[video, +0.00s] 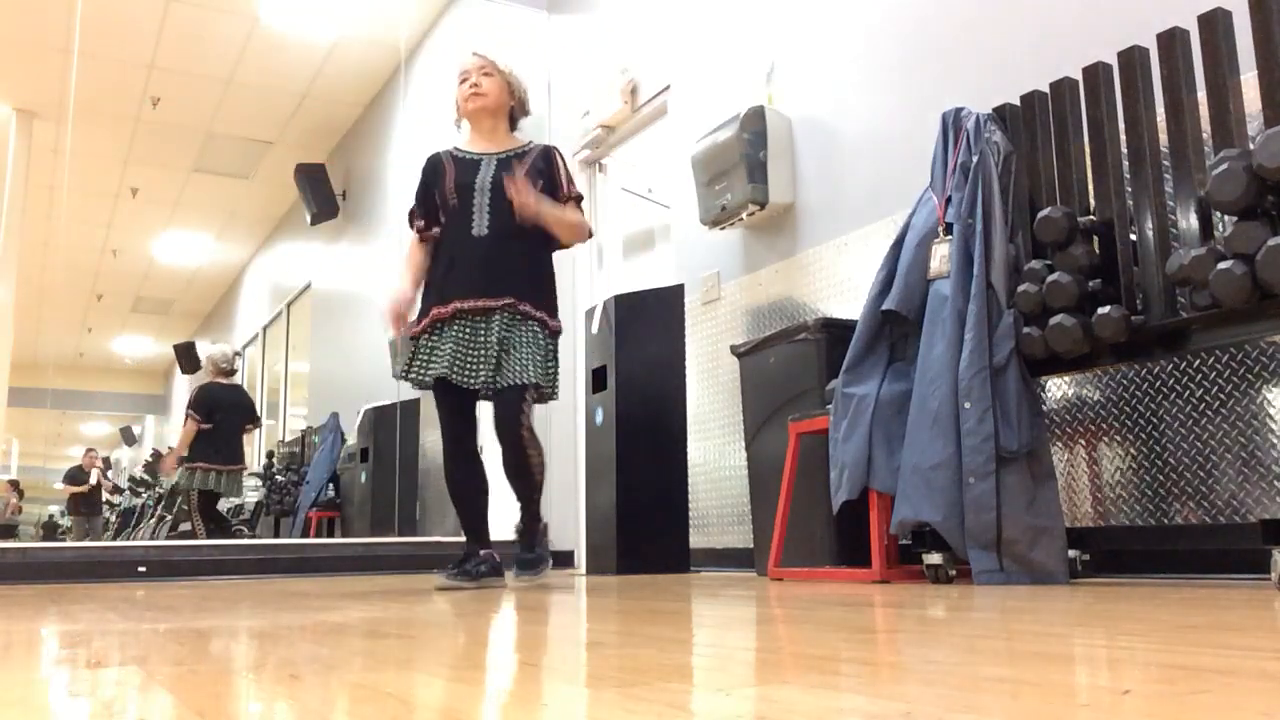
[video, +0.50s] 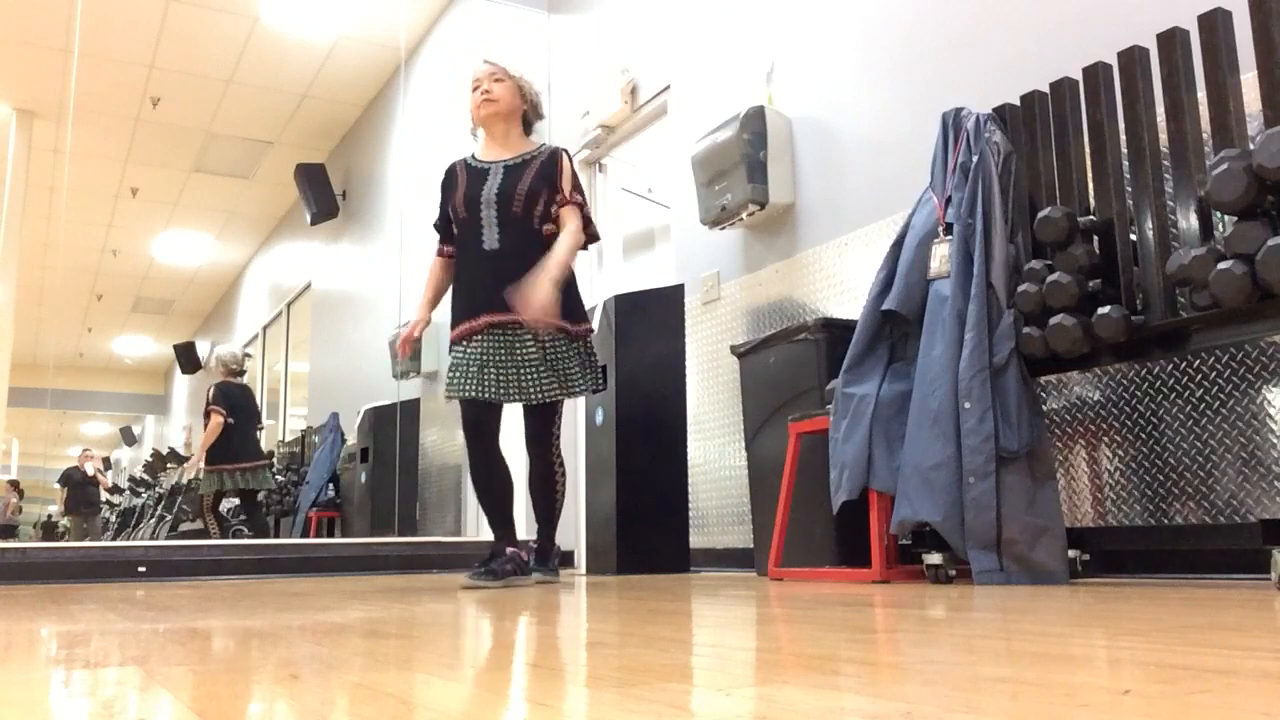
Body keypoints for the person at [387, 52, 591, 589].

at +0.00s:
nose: (472, 82)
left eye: (484, 75)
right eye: (463, 80)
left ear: (511, 95)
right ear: (457, 105)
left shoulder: (542, 159)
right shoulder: (440, 164)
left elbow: (579, 230)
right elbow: (422, 239)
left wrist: (540, 207)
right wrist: (407, 292)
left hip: (518, 308)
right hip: (450, 309)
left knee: (511, 424)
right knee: (457, 436)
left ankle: (532, 526)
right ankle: (479, 550)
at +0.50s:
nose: (482, 88)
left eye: (495, 82)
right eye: (475, 86)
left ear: (523, 101)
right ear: (472, 112)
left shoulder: (551, 159)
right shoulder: (459, 173)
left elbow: (574, 229)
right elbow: (445, 256)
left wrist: (547, 280)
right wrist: (421, 317)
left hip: (541, 315)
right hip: (477, 319)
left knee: (541, 439)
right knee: (479, 436)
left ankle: (545, 550)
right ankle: (505, 548)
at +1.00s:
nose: (484, 63)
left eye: (498, 57)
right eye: (478, 60)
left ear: (525, 80)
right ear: (472, 84)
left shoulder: (551, 140)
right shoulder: (451, 149)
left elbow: (589, 212)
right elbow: (432, 236)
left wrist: (600, 264)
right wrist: (416, 210)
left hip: (532, 296)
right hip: (467, 299)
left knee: (514, 410)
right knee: (481, 425)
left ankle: (554, 530)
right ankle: (504, 548)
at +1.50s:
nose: (496, 43)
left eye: (510, 38)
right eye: (490, 40)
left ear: (539, 63)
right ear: (483, 67)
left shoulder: (564, 125)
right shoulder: (458, 130)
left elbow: (611, 204)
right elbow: (428, 209)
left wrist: (591, 193)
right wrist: (464, 209)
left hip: (544, 288)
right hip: (476, 291)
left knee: (532, 423)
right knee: (484, 431)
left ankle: (532, 549)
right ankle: (503, 547)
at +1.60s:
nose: (495, 41)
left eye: (510, 36)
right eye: (489, 39)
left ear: (538, 62)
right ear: (482, 67)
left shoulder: (565, 125)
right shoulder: (457, 130)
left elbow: (597, 199)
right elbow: (435, 211)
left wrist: (604, 212)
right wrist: (464, 242)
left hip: (549, 290)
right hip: (480, 292)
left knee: (533, 421)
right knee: (472, 429)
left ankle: (532, 548)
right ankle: (502, 542)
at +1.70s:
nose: (494, 37)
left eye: (509, 32)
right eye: (487, 34)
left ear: (538, 57)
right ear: (481, 64)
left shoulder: (566, 123)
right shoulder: (457, 129)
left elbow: (608, 202)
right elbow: (433, 218)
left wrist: (580, 205)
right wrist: (433, 281)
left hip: (547, 289)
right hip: (474, 289)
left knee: (534, 420)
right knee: (453, 407)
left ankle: (533, 548)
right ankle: (495, 523)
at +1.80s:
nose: (493, 32)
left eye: (508, 26)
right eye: (485, 29)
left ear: (536, 52)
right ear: (477, 58)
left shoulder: (564, 119)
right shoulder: (455, 124)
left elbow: (604, 197)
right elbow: (424, 213)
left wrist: (559, 174)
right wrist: (413, 284)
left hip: (545, 286)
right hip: (472, 287)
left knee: (534, 420)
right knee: (446, 392)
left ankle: (533, 548)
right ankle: (476, 521)